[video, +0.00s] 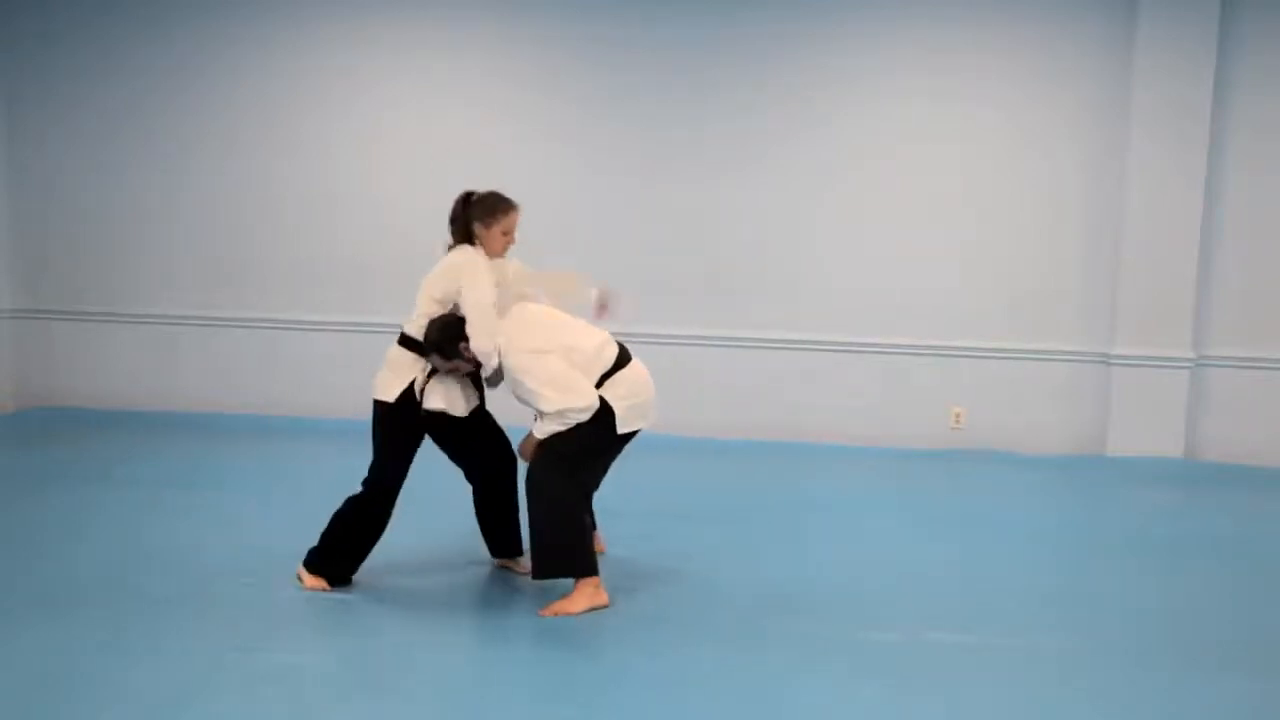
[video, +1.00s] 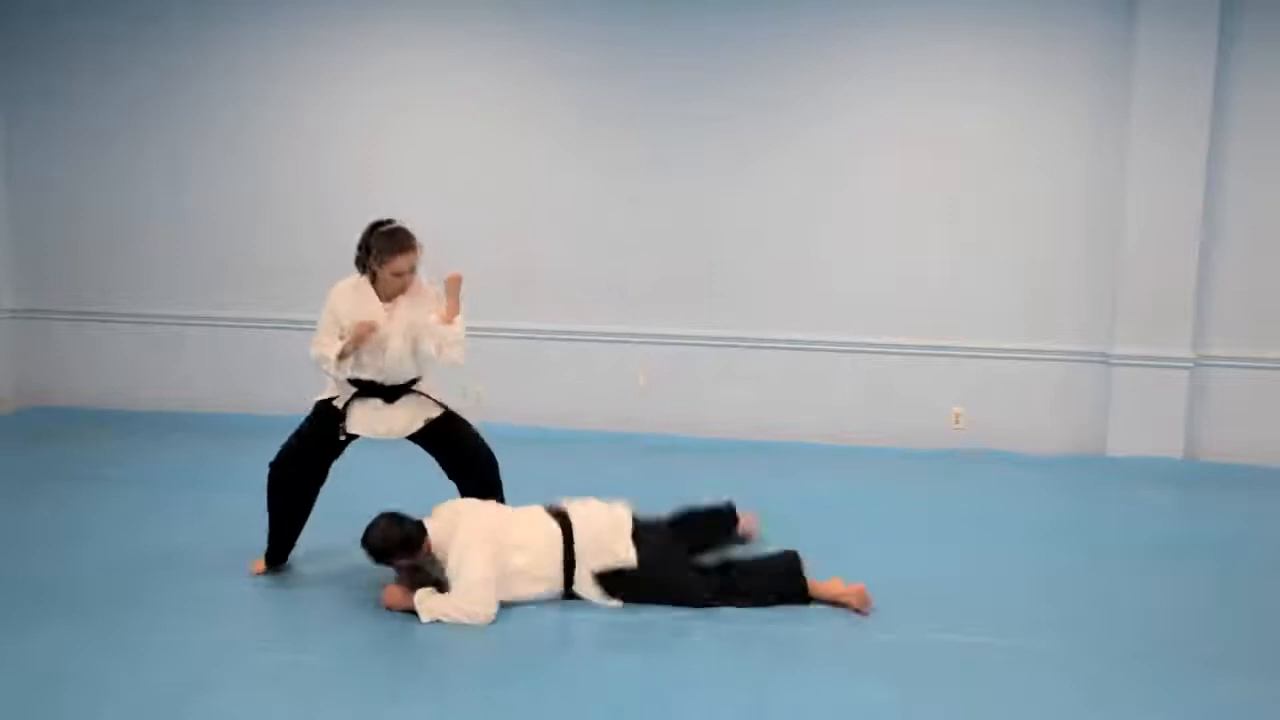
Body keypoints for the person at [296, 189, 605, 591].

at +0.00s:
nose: (512, 240)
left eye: (514, 231)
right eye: (506, 232)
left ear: (485, 231)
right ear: (480, 229)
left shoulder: (491, 265)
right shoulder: (469, 264)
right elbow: (485, 346)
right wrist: (489, 368)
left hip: (450, 390)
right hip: (409, 388)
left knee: (496, 460)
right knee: (384, 484)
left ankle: (507, 552)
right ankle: (320, 568)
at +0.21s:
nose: (500, 212)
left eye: (506, 204)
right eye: (493, 204)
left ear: (511, 193)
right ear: (471, 193)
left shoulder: (498, 219)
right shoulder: (445, 213)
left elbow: (521, 165)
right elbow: (447, 262)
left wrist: (502, 119)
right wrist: (475, 307)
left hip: (472, 359)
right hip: (419, 354)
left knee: (492, 456)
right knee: (377, 450)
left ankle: (506, 550)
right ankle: (318, 547)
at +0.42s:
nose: (479, 230)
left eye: (483, 222)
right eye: (470, 225)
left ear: (491, 212)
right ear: (448, 217)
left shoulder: (498, 238)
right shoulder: (426, 233)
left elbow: (536, 237)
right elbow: (388, 271)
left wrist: (518, 195)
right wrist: (429, 277)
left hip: (469, 372)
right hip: (410, 366)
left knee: (501, 459)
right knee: (351, 447)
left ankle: (507, 558)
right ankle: (285, 531)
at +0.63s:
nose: (460, 297)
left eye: (465, 288)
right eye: (452, 289)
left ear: (473, 281)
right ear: (425, 283)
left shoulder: (476, 310)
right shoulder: (397, 303)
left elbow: (505, 332)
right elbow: (371, 352)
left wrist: (490, 285)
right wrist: (396, 342)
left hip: (437, 415)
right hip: (375, 407)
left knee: (488, 468)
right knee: (303, 470)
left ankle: (509, 550)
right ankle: (276, 556)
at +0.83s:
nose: (419, 301)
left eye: (423, 292)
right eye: (410, 294)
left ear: (428, 285)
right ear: (383, 288)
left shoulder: (434, 318)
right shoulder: (354, 315)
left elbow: (466, 378)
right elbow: (334, 375)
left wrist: (467, 327)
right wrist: (361, 365)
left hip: (409, 409)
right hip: (351, 409)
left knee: (470, 460)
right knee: (295, 470)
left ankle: (499, 545)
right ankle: (268, 551)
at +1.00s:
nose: (408, 281)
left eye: (412, 272)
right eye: (399, 275)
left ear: (417, 262)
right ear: (373, 268)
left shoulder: (424, 296)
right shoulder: (345, 296)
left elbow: (449, 354)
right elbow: (323, 355)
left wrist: (452, 308)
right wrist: (349, 344)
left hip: (409, 400)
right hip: (350, 401)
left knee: (478, 461)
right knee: (290, 467)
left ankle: (497, 553)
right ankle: (276, 555)